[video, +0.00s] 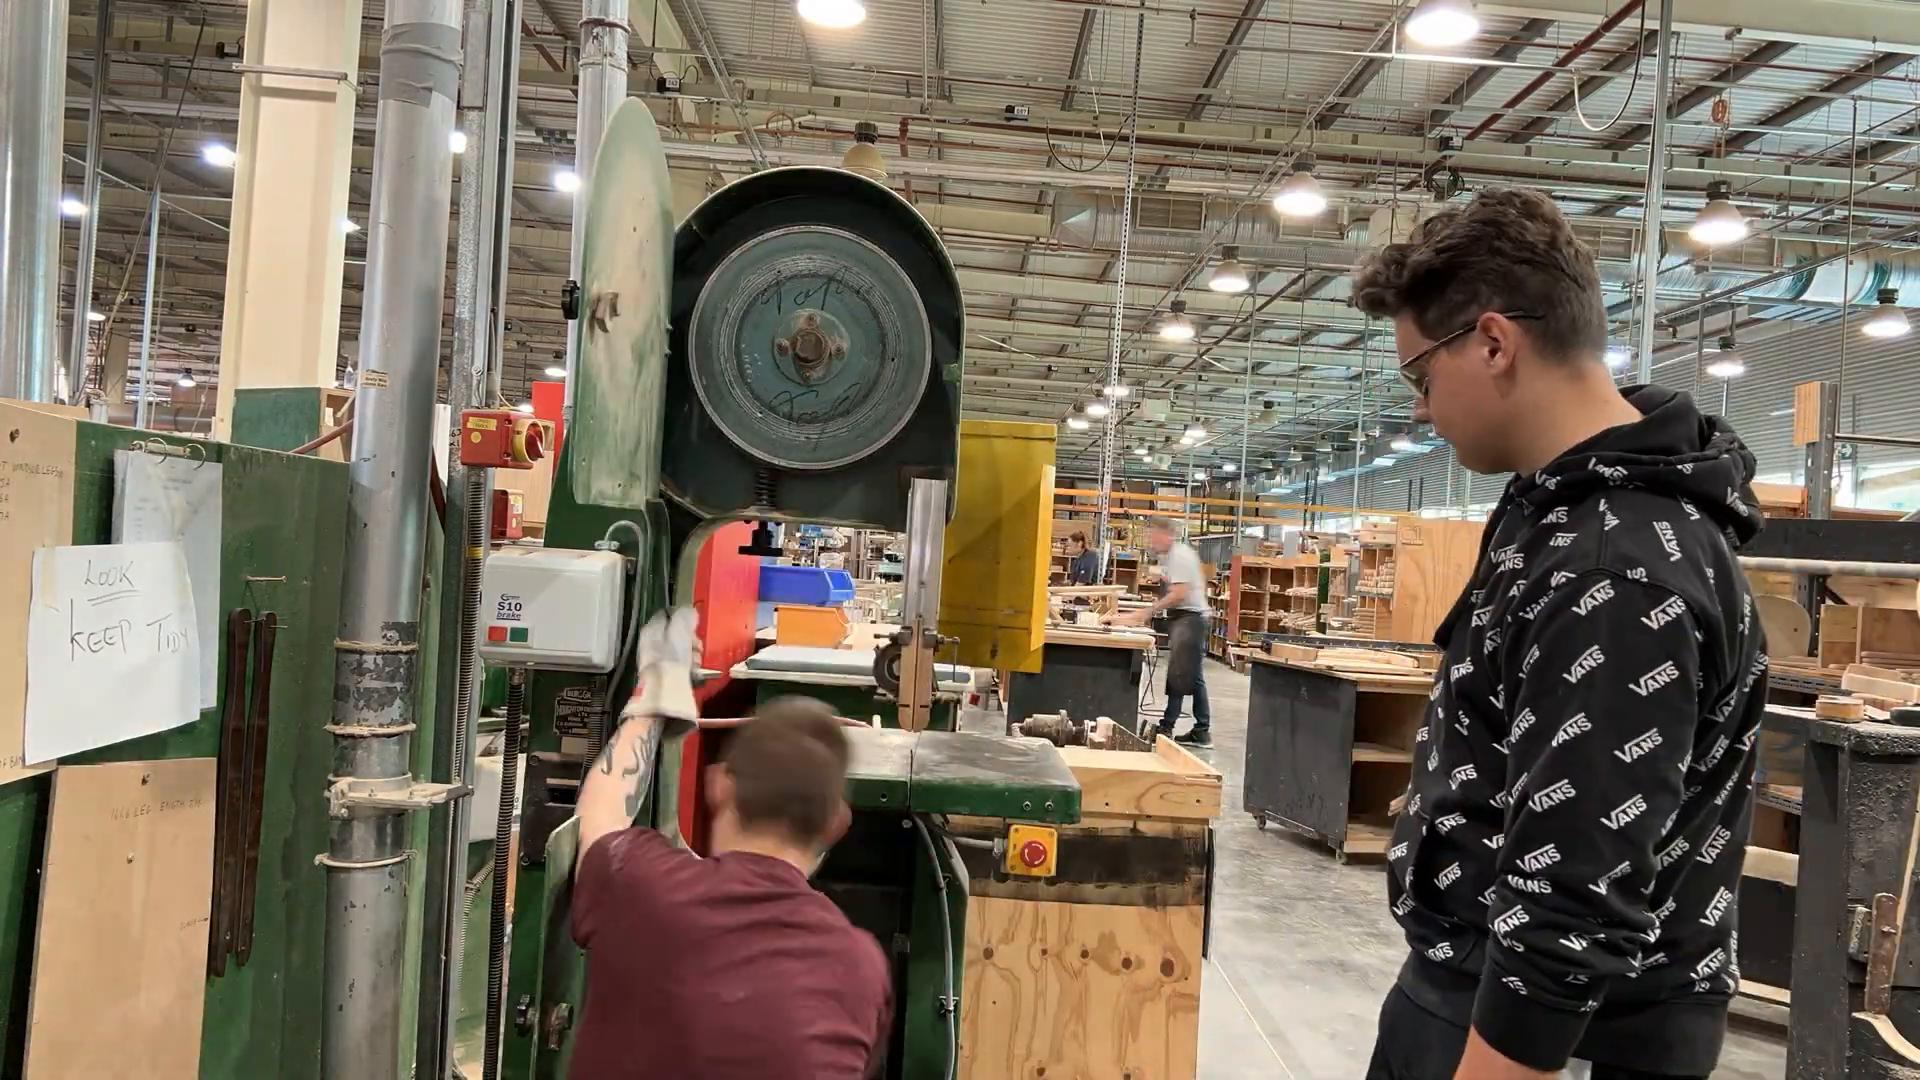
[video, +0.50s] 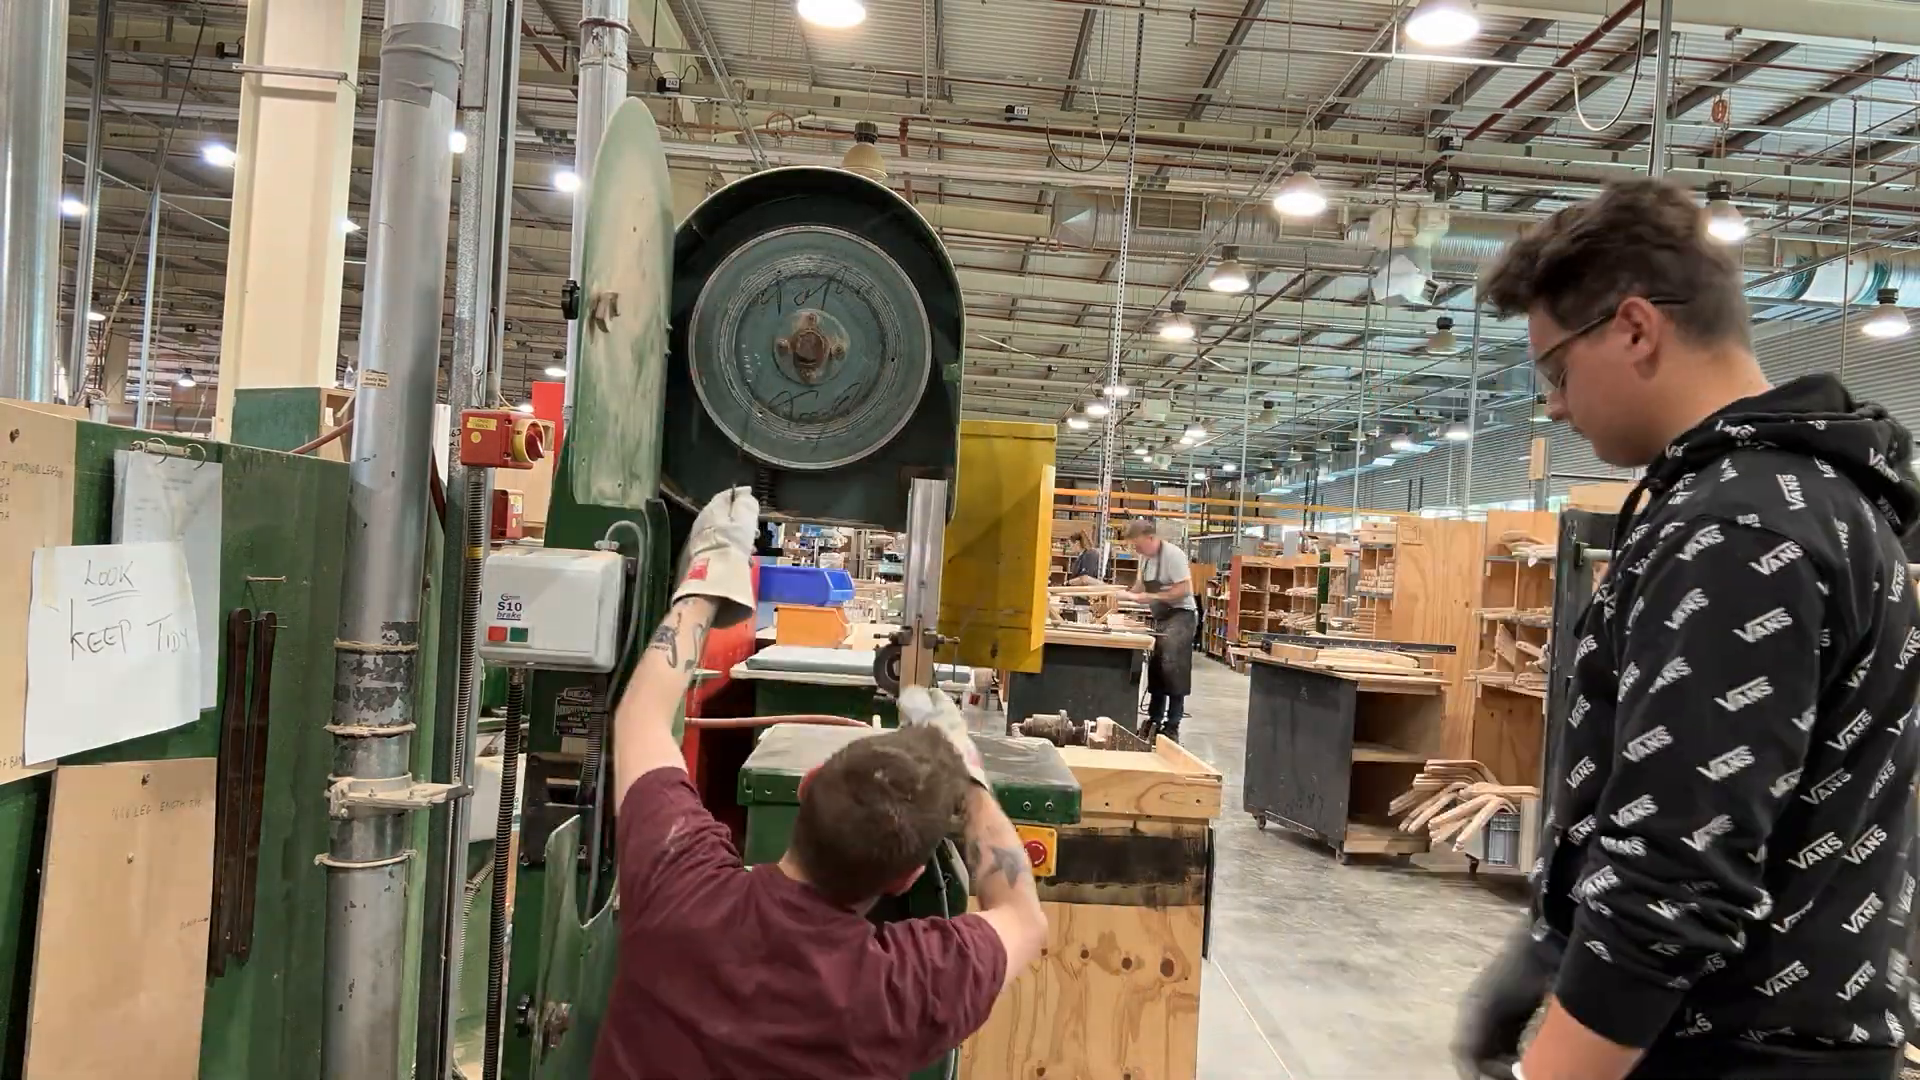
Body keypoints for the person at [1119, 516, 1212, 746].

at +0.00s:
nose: (1151, 541)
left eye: (1154, 536)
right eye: (1151, 536)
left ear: (1168, 535)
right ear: (1164, 536)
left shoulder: (1180, 556)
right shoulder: (1171, 555)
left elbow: (1179, 592)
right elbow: (1176, 590)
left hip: (1190, 619)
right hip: (1185, 618)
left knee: (1177, 675)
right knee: (1194, 676)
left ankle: (1165, 728)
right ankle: (1202, 729)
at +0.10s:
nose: (1136, 547)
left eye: (1137, 542)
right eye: (1135, 543)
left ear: (1150, 536)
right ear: (1148, 538)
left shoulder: (1168, 555)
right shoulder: (1155, 557)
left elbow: (1175, 592)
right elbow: (1154, 592)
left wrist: (1152, 621)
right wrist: (1143, 618)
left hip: (1183, 616)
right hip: (1172, 615)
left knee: (1170, 671)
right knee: (1177, 671)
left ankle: (1164, 728)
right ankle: (1198, 724)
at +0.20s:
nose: (1149, 542)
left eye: (1152, 537)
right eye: (1148, 537)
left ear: (1165, 533)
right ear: (1157, 535)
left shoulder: (1181, 554)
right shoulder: (1160, 552)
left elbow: (1188, 589)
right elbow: (1151, 580)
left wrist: (1153, 593)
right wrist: (1132, 583)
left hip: (1179, 616)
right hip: (1162, 614)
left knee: (1172, 669)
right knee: (1156, 669)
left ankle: (1172, 725)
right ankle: (1157, 719)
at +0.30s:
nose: (1149, 538)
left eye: (1152, 534)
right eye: (1147, 534)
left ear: (1166, 531)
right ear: (1149, 532)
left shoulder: (1182, 552)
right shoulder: (1152, 552)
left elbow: (1186, 587)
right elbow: (1155, 582)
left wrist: (1153, 585)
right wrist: (1142, 586)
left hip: (1177, 614)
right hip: (1158, 613)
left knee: (1171, 670)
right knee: (1155, 670)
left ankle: (1172, 724)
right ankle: (1153, 719)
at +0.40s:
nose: (1133, 551)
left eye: (1134, 546)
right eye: (1132, 547)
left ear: (1148, 538)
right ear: (1144, 540)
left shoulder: (1170, 554)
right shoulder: (1147, 557)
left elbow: (1181, 587)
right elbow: (1143, 584)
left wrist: (1148, 596)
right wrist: (1135, 598)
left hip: (1178, 615)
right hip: (1159, 614)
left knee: (1173, 670)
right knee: (1157, 669)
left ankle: (1171, 725)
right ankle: (1154, 720)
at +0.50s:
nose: (1136, 550)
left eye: (1138, 545)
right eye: (1134, 546)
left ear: (1151, 538)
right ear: (1145, 540)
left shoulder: (1173, 555)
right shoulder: (1147, 559)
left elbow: (1182, 590)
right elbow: (1138, 589)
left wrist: (1148, 597)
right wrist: (1120, 595)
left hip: (1182, 614)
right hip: (1161, 614)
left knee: (1174, 666)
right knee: (1157, 666)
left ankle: (1172, 725)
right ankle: (1154, 720)